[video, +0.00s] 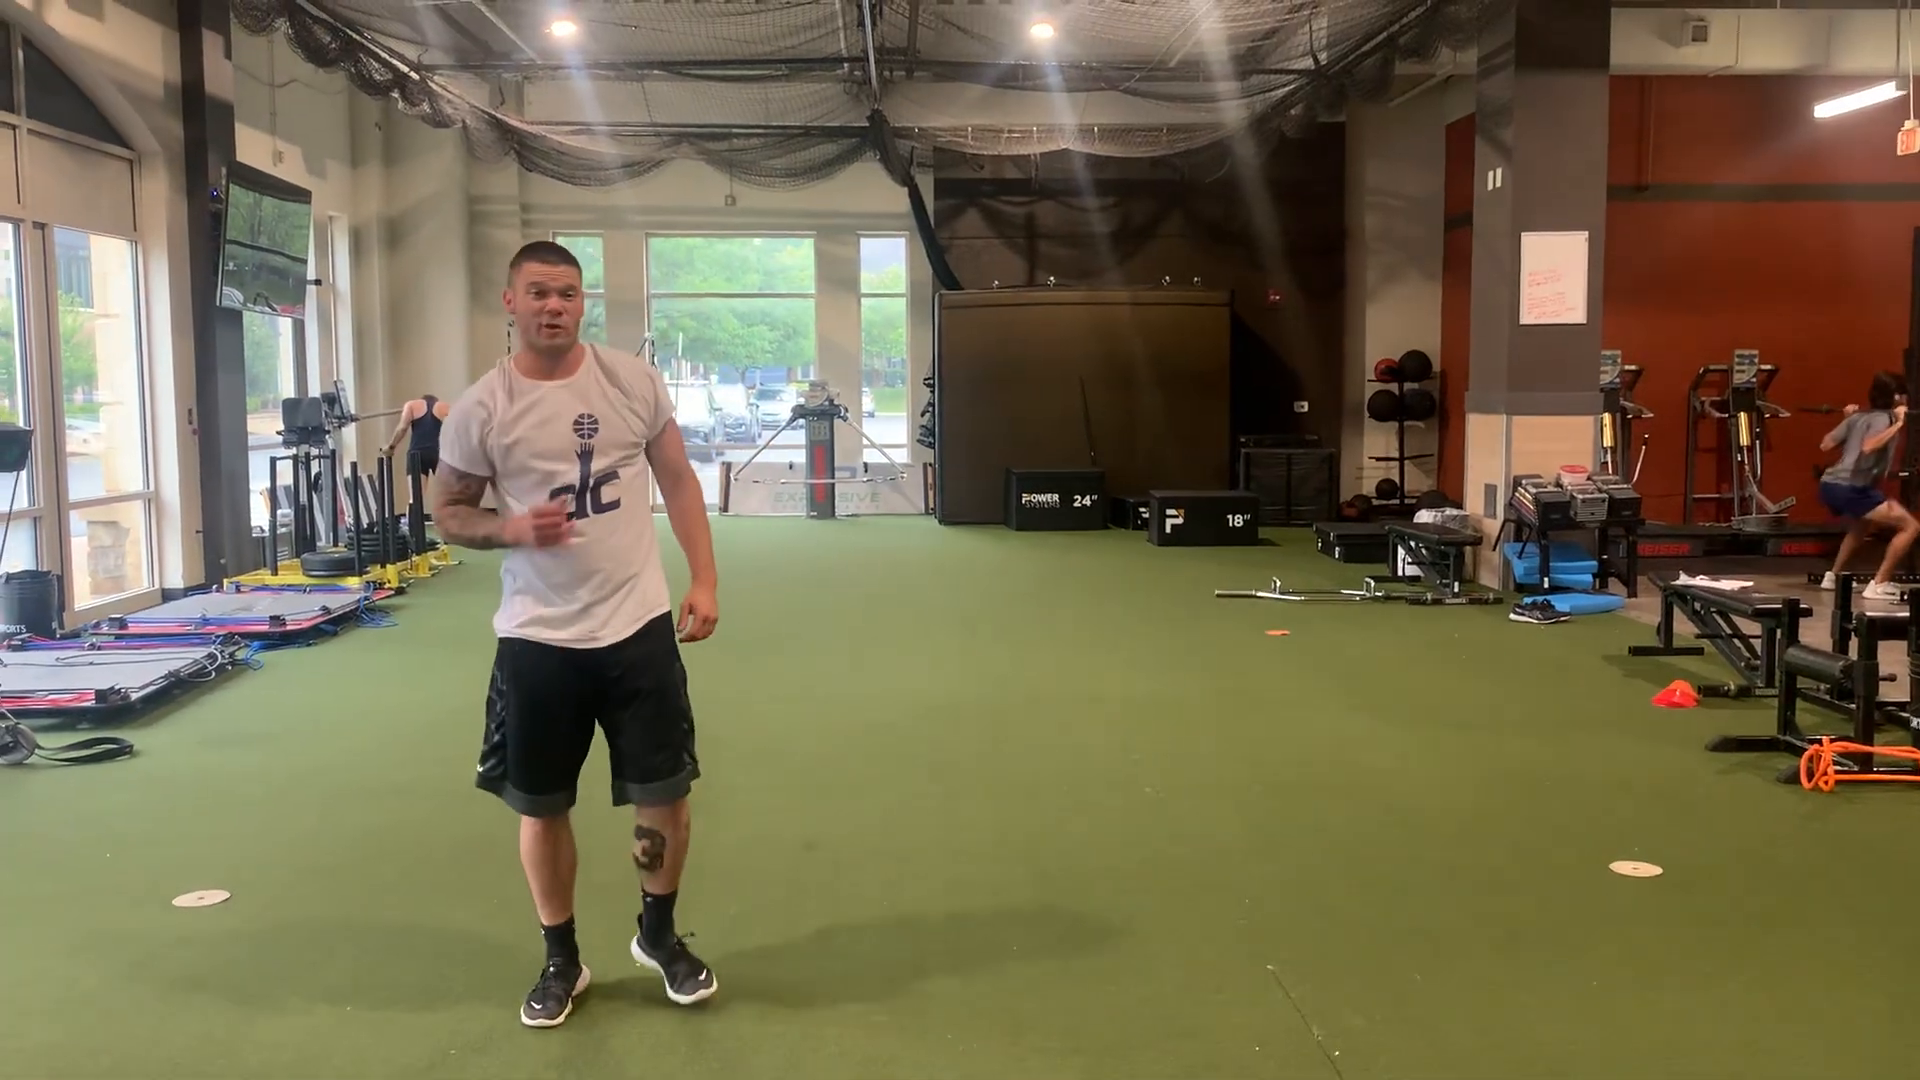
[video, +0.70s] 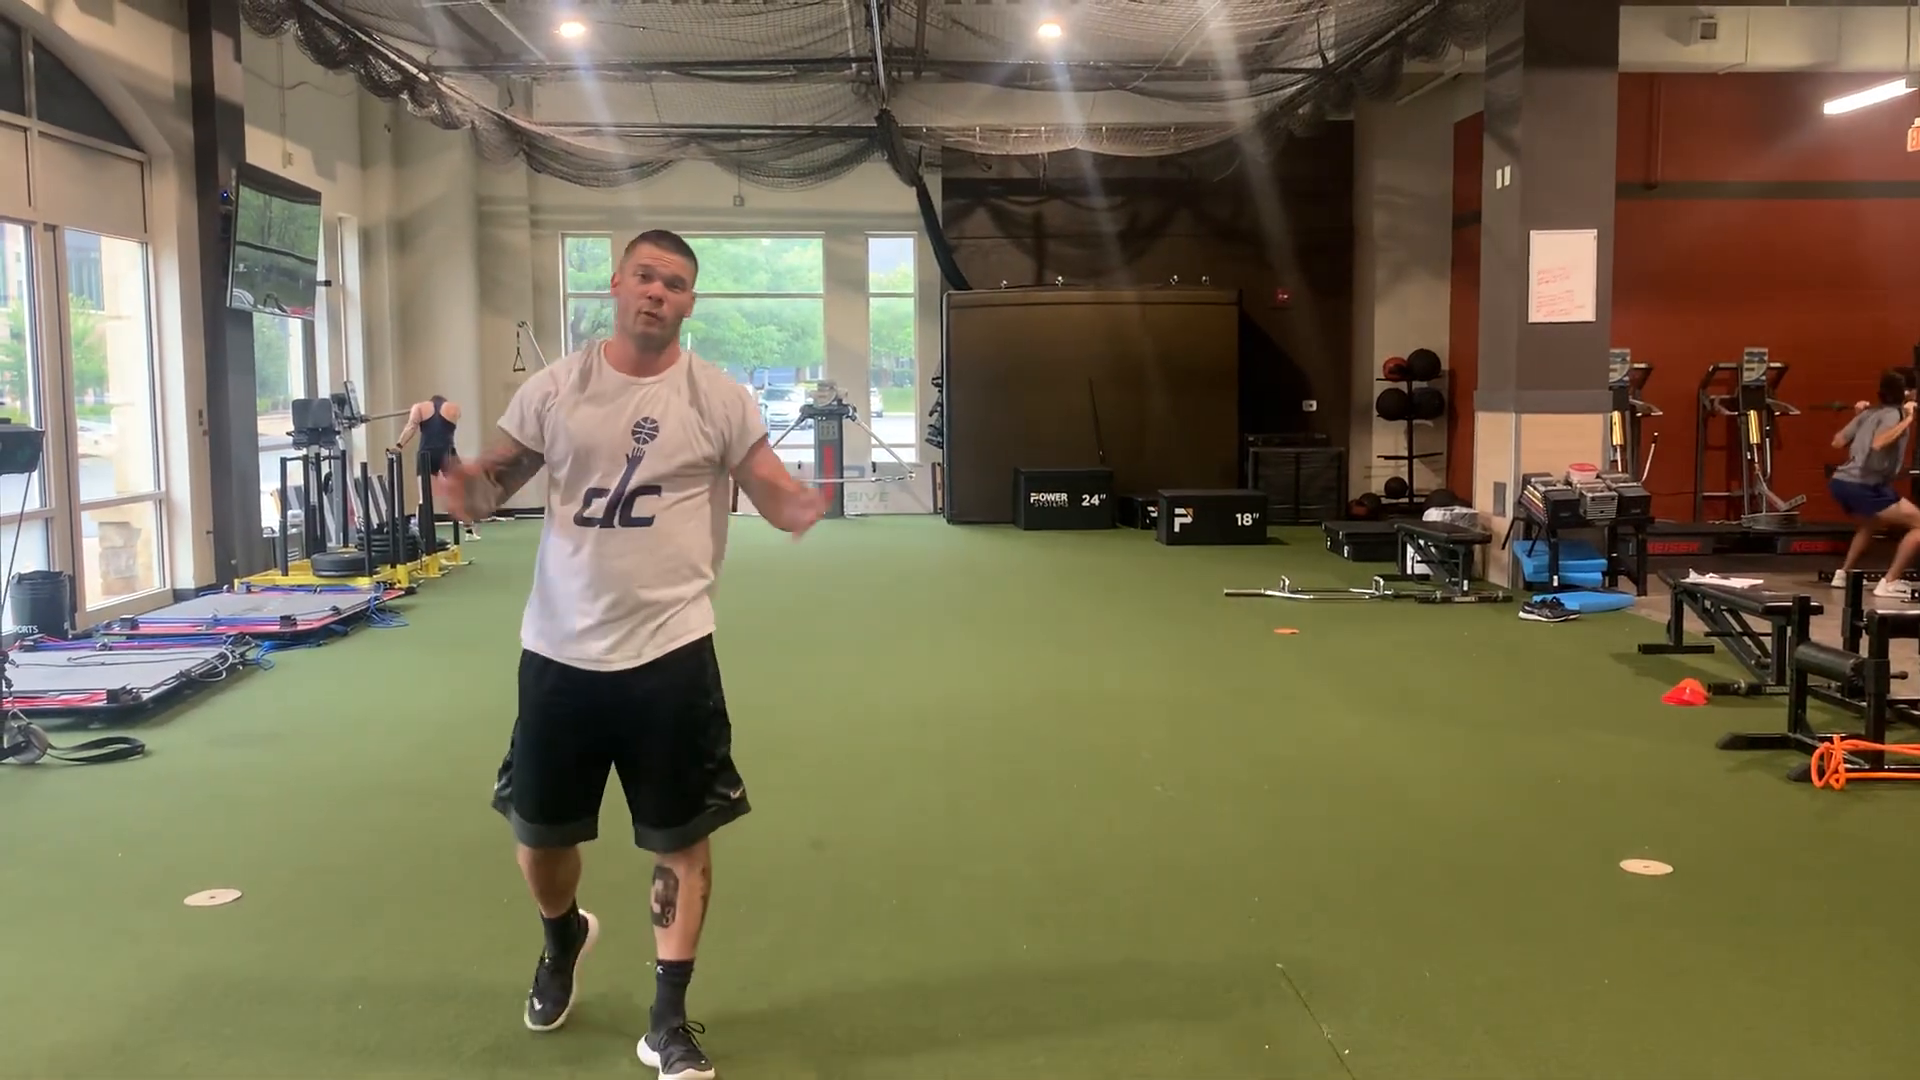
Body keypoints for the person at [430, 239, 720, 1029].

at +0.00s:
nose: (552, 305)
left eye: (565, 293)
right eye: (537, 292)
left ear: (584, 304)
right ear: (509, 303)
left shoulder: (634, 380)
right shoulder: (479, 409)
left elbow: (679, 482)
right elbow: (448, 512)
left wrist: (704, 578)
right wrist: (513, 528)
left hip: (637, 623)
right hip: (539, 637)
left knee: (665, 787)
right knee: (543, 803)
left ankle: (658, 933)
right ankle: (560, 959)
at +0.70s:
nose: (658, 293)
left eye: (675, 284)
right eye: (645, 277)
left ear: (692, 304)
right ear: (614, 284)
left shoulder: (717, 398)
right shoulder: (552, 389)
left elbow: (786, 508)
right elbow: (476, 497)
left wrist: (808, 498)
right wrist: (449, 466)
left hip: (669, 652)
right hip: (559, 652)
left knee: (678, 841)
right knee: (542, 836)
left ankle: (669, 1021)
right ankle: (563, 938)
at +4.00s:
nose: (949, 250)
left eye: (978, 237)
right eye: (927, 228)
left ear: (1006, 277)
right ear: (882, 253)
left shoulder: (1061, 439)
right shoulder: (794, 425)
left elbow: (1104, 627)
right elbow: (737, 609)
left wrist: (1036, 671)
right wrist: (701, 754)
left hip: (982, 873)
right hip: (800, 868)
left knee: (1002, 1069)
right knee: (759, 1070)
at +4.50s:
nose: (1036, 273)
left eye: (1065, 264)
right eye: (1018, 246)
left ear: (1088, 304)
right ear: (970, 263)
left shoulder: (1102, 468)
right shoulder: (847, 414)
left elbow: (1138, 649)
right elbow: (749, 587)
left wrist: (1142, 732)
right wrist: (786, 726)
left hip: (985, 867)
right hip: (814, 854)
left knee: (997, 1067)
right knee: (781, 1066)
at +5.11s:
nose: (924, 277)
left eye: (946, 265)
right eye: (902, 254)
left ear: (967, 300)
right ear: (854, 278)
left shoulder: (1011, 447)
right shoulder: (769, 436)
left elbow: (1060, 615)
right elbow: (687, 617)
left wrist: (1026, 675)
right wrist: (774, 632)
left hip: (959, 842)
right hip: (791, 845)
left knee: (992, 1065)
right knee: (767, 1066)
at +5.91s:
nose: (840, 290)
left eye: (853, 274)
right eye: (813, 281)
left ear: (882, 297)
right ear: (784, 316)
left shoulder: (959, 426)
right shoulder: (751, 445)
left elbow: (1017, 563)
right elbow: (698, 612)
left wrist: (1066, 619)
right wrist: (827, 631)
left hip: (934, 777)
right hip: (797, 784)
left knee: (935, 1022)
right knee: (793, 1032)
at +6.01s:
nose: (860, 295)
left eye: (877, 278)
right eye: (837, 282)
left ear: (907, 299)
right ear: (807, 309)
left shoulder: (972, 432)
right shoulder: (763, 441)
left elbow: (1020, 568)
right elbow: (714, 602)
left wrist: (1063, 634)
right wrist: (838, 629)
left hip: (938, 769)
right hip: (804, 773)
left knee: (932, 1017)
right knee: (800, 1025)